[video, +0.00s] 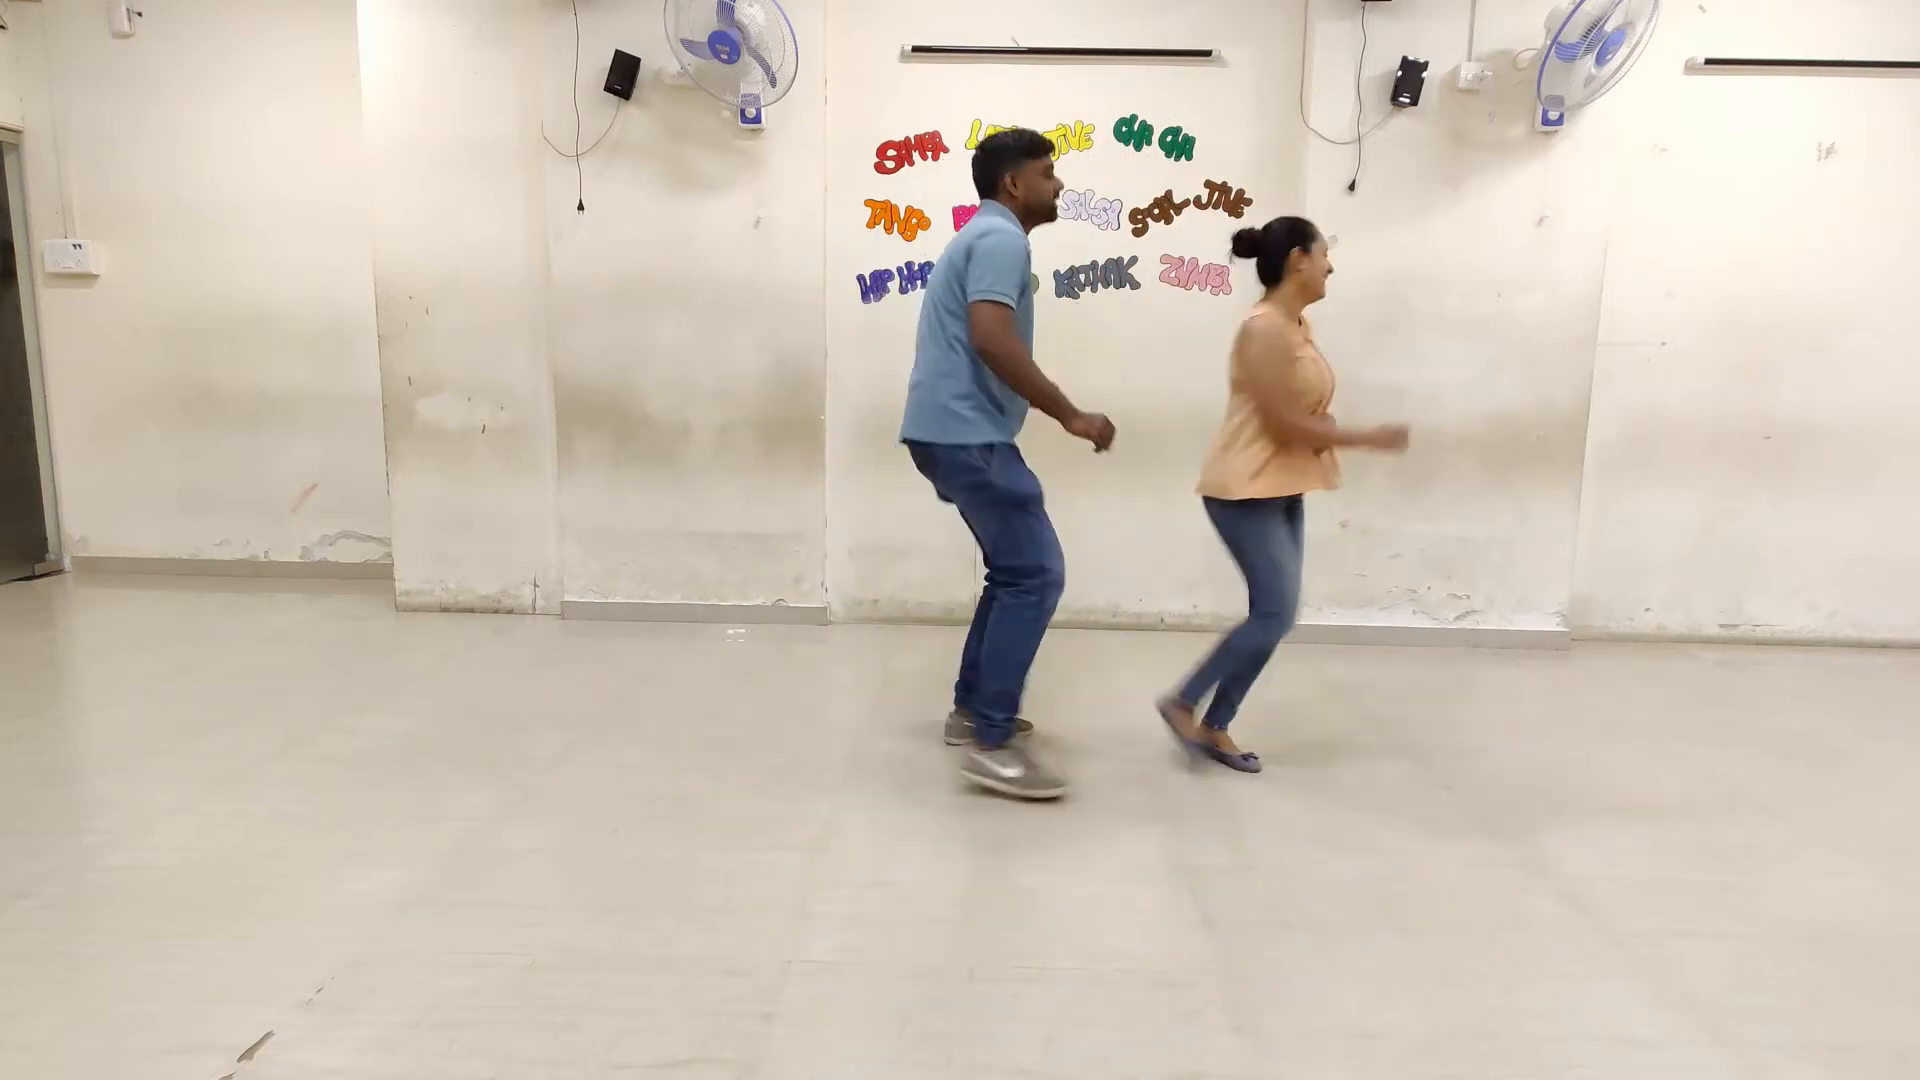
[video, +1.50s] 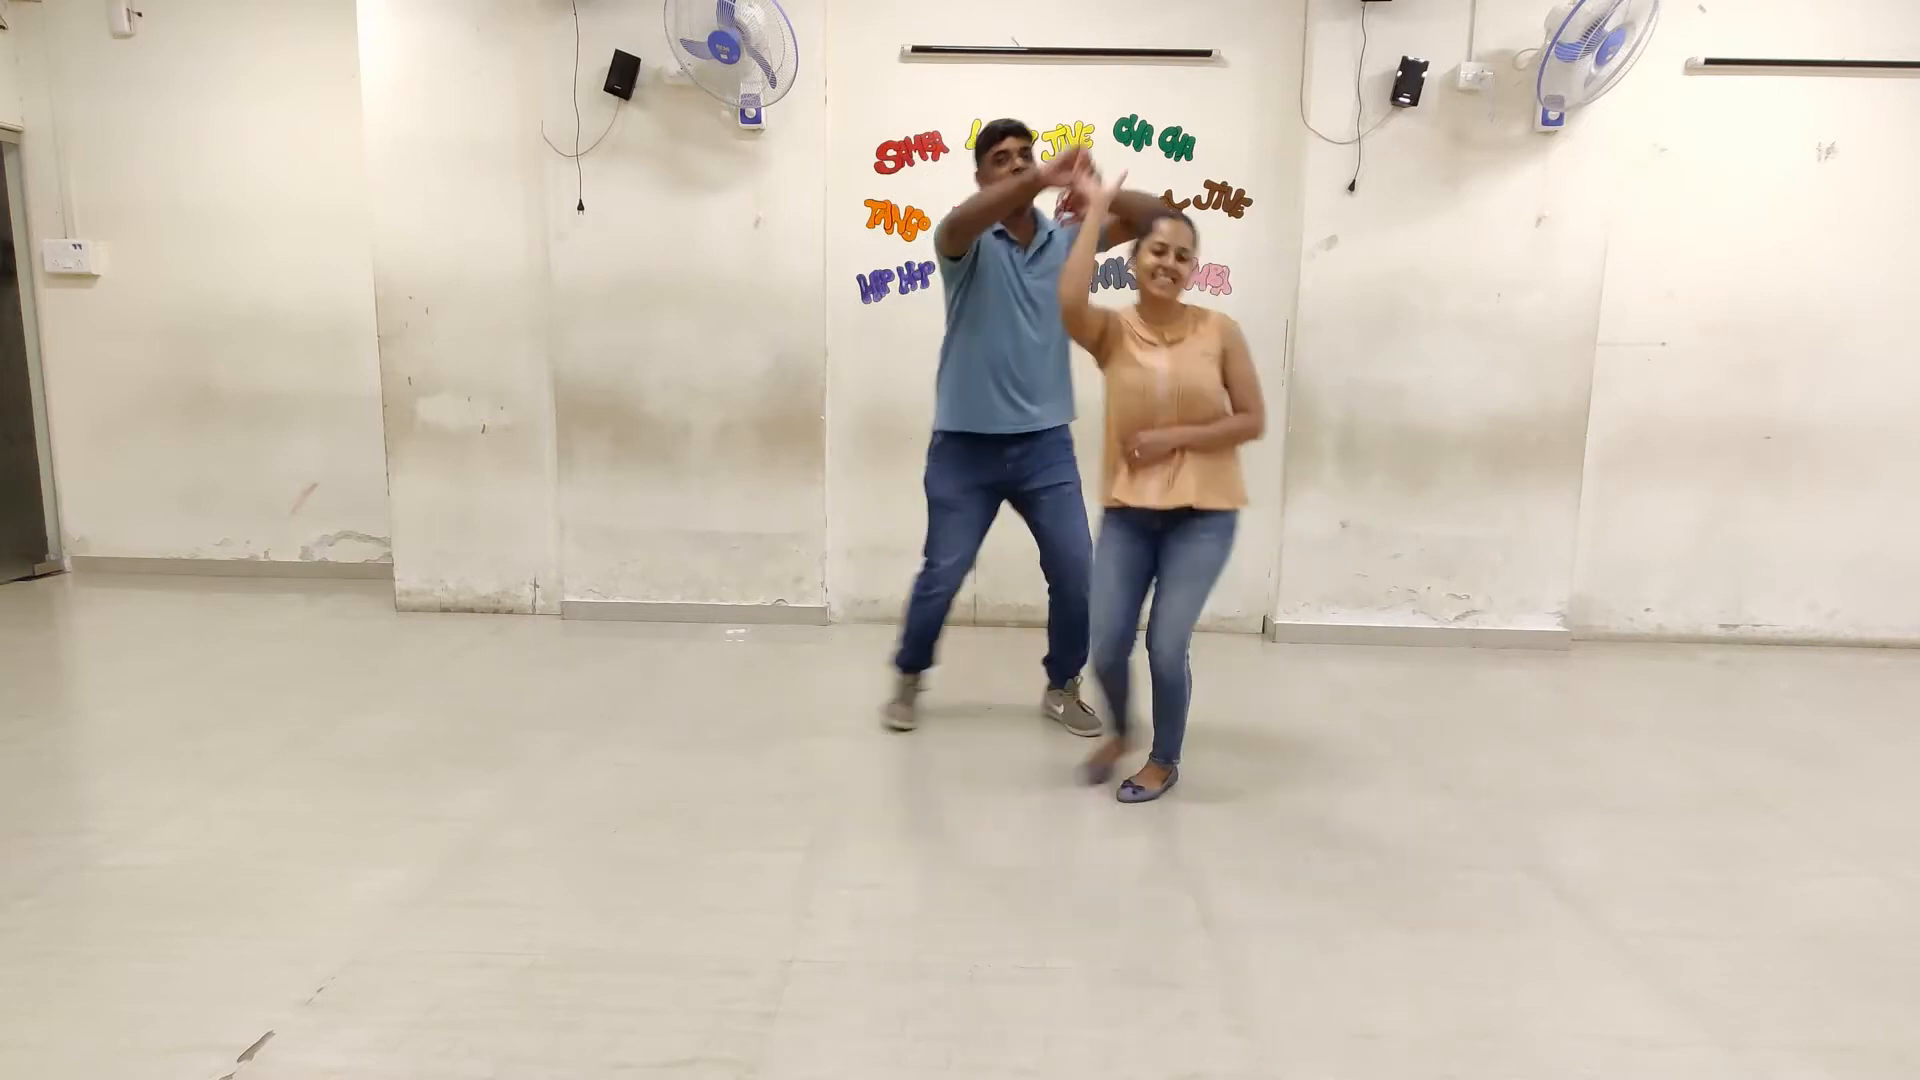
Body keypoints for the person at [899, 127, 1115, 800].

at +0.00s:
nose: (1059, 184)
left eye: (1055, 172)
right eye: (1046, 173)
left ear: (1006, 184)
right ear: (1008, 183)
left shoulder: (982, 235)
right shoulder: (999, 237)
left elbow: (976, 343)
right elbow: (991, 338)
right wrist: (1071, 415)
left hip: (953, 430)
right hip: (966, 433)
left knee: (1013, 571)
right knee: (1036, 573)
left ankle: (975, 707)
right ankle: (990, 740)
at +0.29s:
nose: (1038, 169)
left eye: (1035, 160)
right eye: (1025, 161)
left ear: (1003, 176)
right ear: (986, 174)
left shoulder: (995, 244)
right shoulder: (966, 244)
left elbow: (985, 340)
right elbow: (994, 347)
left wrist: (1025, 372)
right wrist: (1088, 385)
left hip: (977, 431)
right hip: (942, 430)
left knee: (1023, 564)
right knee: (1000, 565)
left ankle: (974, 705)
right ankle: (984, 724)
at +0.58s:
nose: (965, 195)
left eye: (959, 185)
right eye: (951, 187)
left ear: (923, 206)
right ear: (917, 204)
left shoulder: (925, 266)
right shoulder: (912, 269)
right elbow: (1001, 348)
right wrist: (1100, 381)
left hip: (936, 460)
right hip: (887, 465)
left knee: (1010, 562)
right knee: (907, 604)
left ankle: (983, 703)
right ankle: (826, 692)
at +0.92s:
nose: (930, 163)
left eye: (928, 154)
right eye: (915, 157)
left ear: (905, 173)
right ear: (879, 171)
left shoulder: (901, 226)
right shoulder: (876, 233)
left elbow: (947, 238)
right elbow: (959, 314)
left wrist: (968, 247)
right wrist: (1060, 324)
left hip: (888, 429)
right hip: (841, 431)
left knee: (924, 561)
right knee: (858, 570)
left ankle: (960, 696)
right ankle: (819, 692)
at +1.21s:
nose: (955, 184)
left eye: (954, 173)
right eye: (940, 177)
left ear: (956, 184)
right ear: (903, 195)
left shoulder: (960, 253)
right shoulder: (892, 258)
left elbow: (1017, 243)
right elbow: (913, 342)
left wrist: (1021, 243)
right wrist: (1011, 354)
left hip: (946, 450)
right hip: (880, 458)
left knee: (1015, 551)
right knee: (888, 593)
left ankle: (1023, 685)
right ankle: (817, 693)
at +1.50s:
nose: (1016, 166)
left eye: (1024, 157)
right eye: (1001, 160)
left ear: (1037, 172)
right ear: (981, 177)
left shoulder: (1067, 240)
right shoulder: (964, 241)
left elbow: (1158, 213)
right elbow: (957, 224)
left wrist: (1099, 196)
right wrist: (1041, 177)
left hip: (1045, 439)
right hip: (964, 441)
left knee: (1074, 571)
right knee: (944, 570)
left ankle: (1063, 686)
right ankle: (908, 676)